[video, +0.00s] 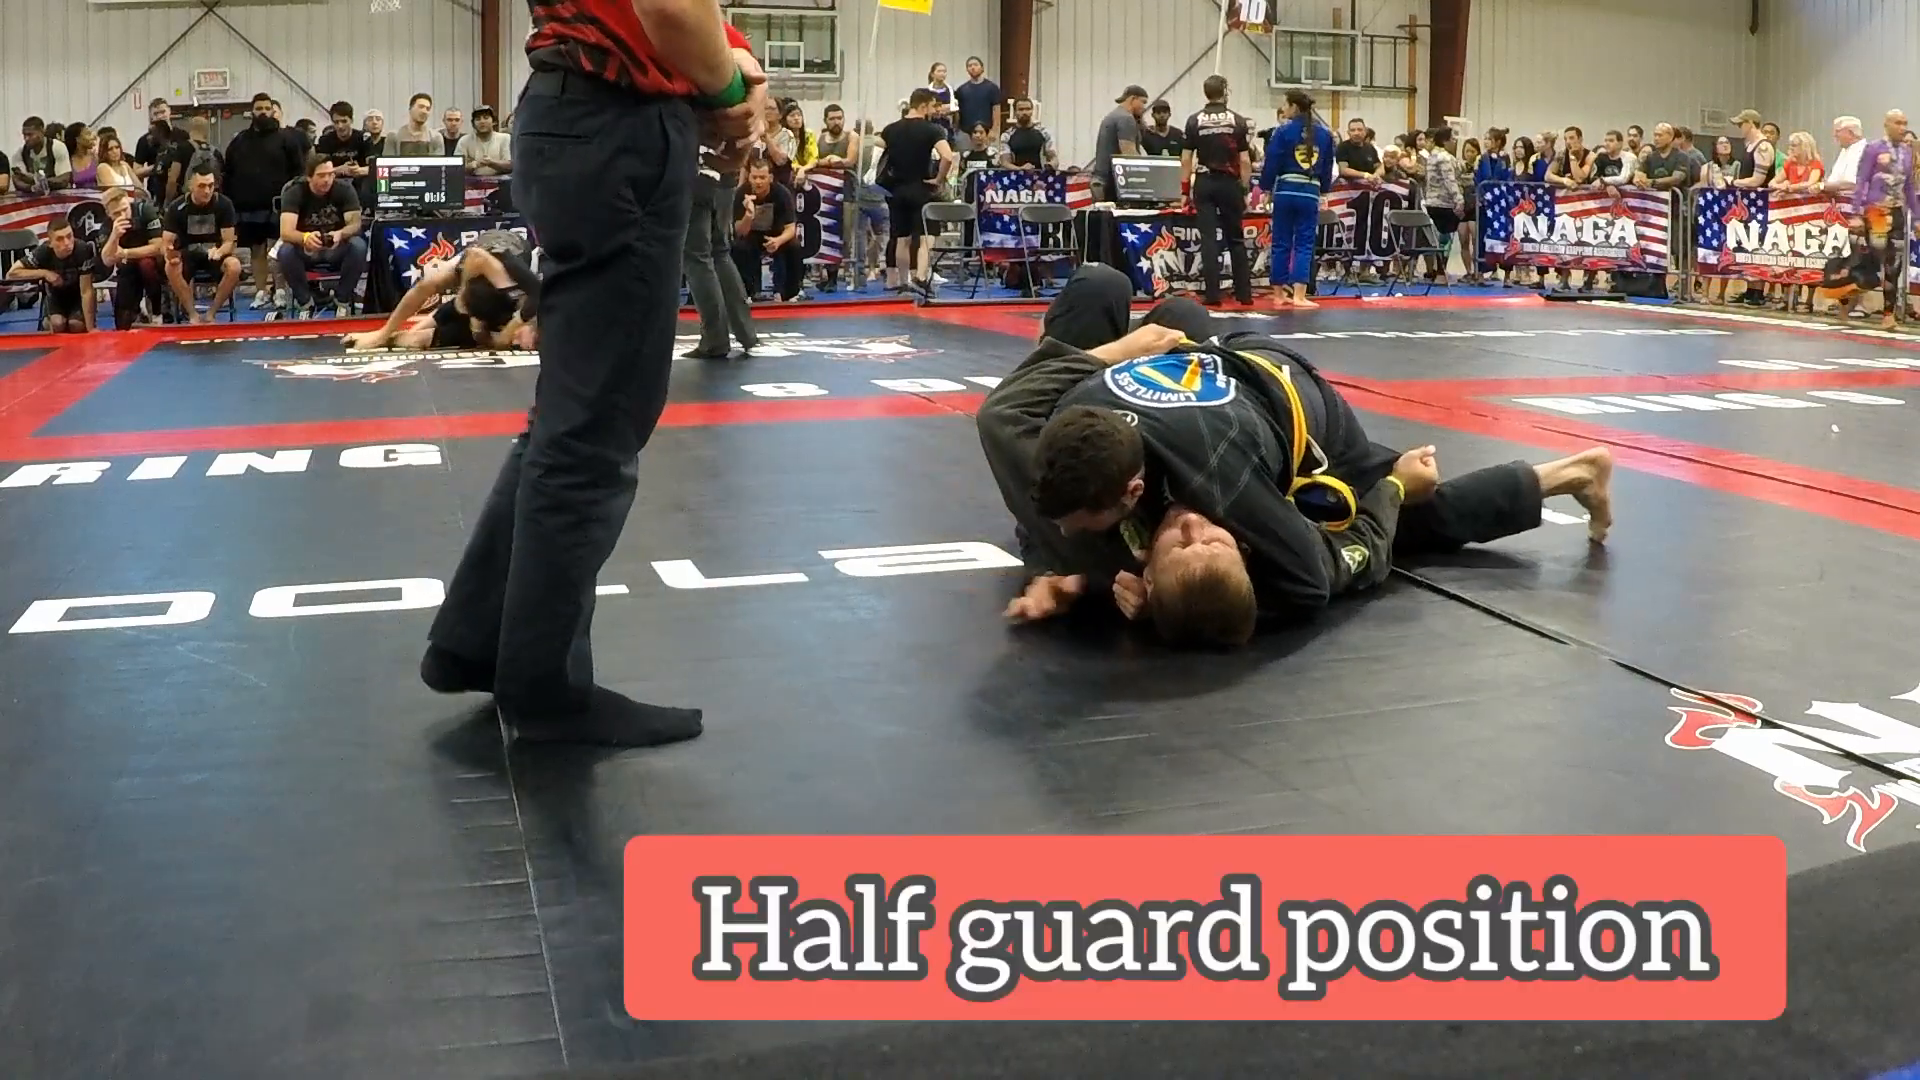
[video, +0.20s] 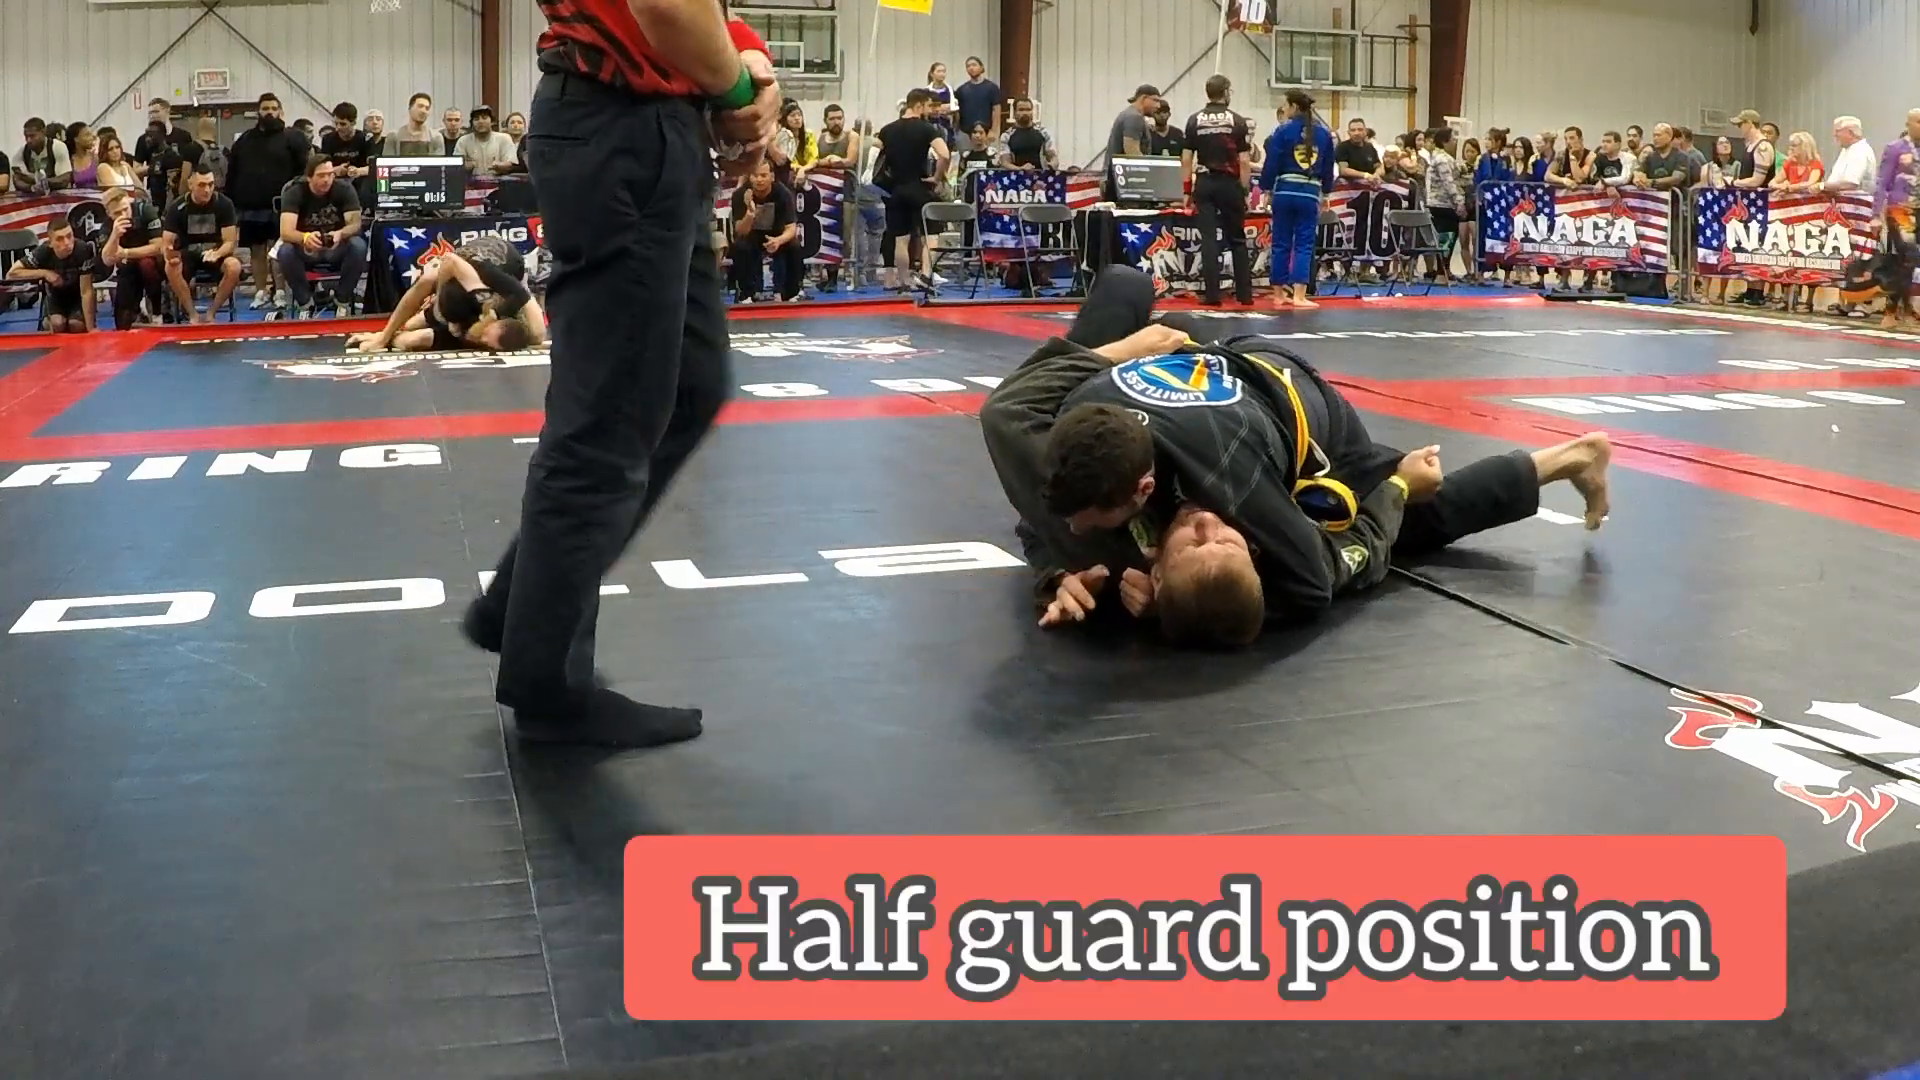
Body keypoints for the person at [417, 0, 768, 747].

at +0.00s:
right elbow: (672, 9)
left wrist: (724, 71)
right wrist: (729, 84)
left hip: (583, 106)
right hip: (618, 119)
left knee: (578, 408)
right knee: (598, 423)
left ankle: (472, 640)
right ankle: (545, 689)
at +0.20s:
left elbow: (704, 13)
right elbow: (662, 9)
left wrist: (761, 70)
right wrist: (736, 88)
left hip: (659, 115)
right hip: (619, 117)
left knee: (693, 386)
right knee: (605, 424)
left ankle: (520, 599)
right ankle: (549, 688)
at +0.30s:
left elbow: (709, 8)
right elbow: (664, 8)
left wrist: (766, 65)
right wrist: (747, 90)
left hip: (684, 118)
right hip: (621, 118)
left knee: (726, 391)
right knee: (611, 424)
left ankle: (599, 634)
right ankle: (549, 684)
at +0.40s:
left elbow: (735, 11)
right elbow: (665, 6)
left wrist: (781, 63)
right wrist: (754, 88)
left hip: (702, 121)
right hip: (629, 117)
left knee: (767, 388)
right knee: (614, 426)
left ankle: (673, 651)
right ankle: (550, 688)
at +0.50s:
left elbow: (755, 9)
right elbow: (672, 5)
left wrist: (798, 58)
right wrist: (768, 94)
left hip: (730, 123)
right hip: (644, 119)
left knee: (802, 392)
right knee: (621, 426)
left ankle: (761, 677)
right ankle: (556, 684)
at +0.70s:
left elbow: (835, 7)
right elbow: (705, 6)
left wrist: (855, 62)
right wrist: (813, 84)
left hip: (791, 124)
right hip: (690, 116)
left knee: (841, 421)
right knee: (646, 426)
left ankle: (875, 718)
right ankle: (565, 668)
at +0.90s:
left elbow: (906, 7)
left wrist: (939, 45)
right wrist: (891, 76)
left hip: (868, 119)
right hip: (766, 113)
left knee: (891, 439)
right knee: (715, 426)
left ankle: (875, 723)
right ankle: (591, 646)